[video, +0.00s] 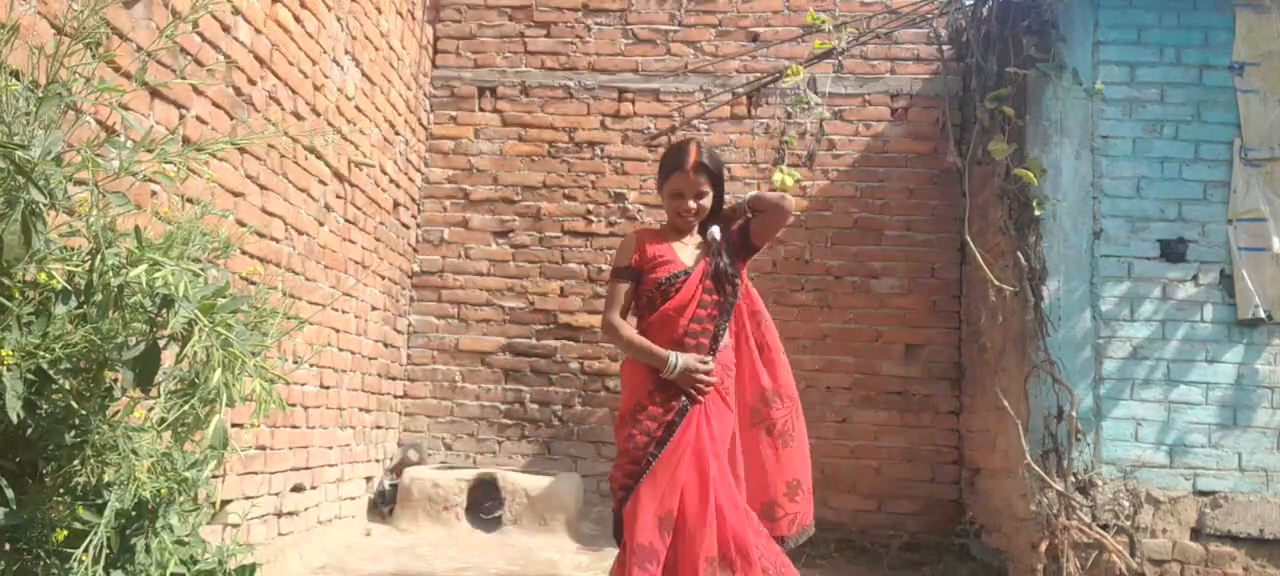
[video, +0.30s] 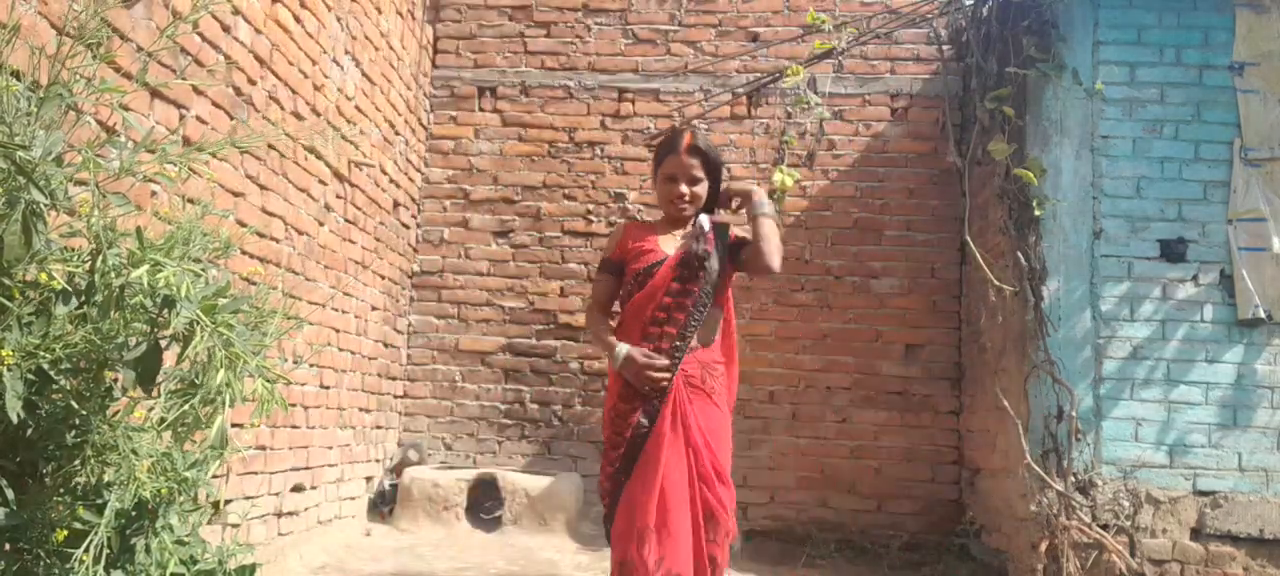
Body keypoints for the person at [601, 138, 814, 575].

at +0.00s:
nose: (689, 206)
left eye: (699, 196)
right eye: (678, 194)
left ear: (715, 196)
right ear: (660, 189)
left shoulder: (726, 243)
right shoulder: (641, 243)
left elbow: (783, 209)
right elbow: (614, 322)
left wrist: (745, 204)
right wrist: (671, 362)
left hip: (712, 396)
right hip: (652, 394)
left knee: (711, 508)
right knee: (649, 509)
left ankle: (704, 572)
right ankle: (648, 572)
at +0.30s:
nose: (682, 191)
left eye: (693, 180)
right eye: (671, 179)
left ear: (711, 184)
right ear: (654, 180)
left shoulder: (721, 238)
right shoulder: (631, 236)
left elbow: (769, 263)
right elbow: (596, 316)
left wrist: (756, 195)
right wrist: (621, 352)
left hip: (699, 393)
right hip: (636, 394)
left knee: (699, 510)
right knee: (635, 510)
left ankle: (699, 570)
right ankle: (637, 571)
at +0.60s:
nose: (683, 157)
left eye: (698, 150)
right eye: (674, 143)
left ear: (713, 163)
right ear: (655, 145)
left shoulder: (720, 218)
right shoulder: (622, 211)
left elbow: (760, 301)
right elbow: (582, 297)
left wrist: (749, 234)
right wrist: (613, 259)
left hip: (706, 366)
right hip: (636, 368)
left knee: (661, 474)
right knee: (632, 499)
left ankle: (695, 569)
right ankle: (634, 573)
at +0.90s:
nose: (684, 155)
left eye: (698, 147)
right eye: (674, 142)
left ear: (713, 158)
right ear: (653, 147)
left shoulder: (724, 217)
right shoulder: (621, 220)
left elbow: (766, 284)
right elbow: (558, 279)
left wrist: (775, 192)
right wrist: (591, 203)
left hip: (707, 390)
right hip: (634, 390)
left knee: (692, 540)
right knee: (642, 535)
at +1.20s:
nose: (685, 127)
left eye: (701, 118)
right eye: (671, 114)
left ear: (719, 132)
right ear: (649, 125)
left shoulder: (737, 203)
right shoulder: (625, 198)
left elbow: (809, 198)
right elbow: (562, 178)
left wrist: (760, 118)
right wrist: (619, 116)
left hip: (727, 367)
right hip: (647, 370)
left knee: (733, 507)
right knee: (654, 504)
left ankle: (736, 572)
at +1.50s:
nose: (685, 113)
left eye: (699, 102)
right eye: (670, 98)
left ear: (716, 112)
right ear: (646, 108)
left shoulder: (730, 190)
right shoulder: (625, 177)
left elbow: (800, 227)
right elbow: (585, 153)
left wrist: (733, 171)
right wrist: (634, 86)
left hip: (721, 381)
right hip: (636, 382)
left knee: (728, 535)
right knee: (629, 539)